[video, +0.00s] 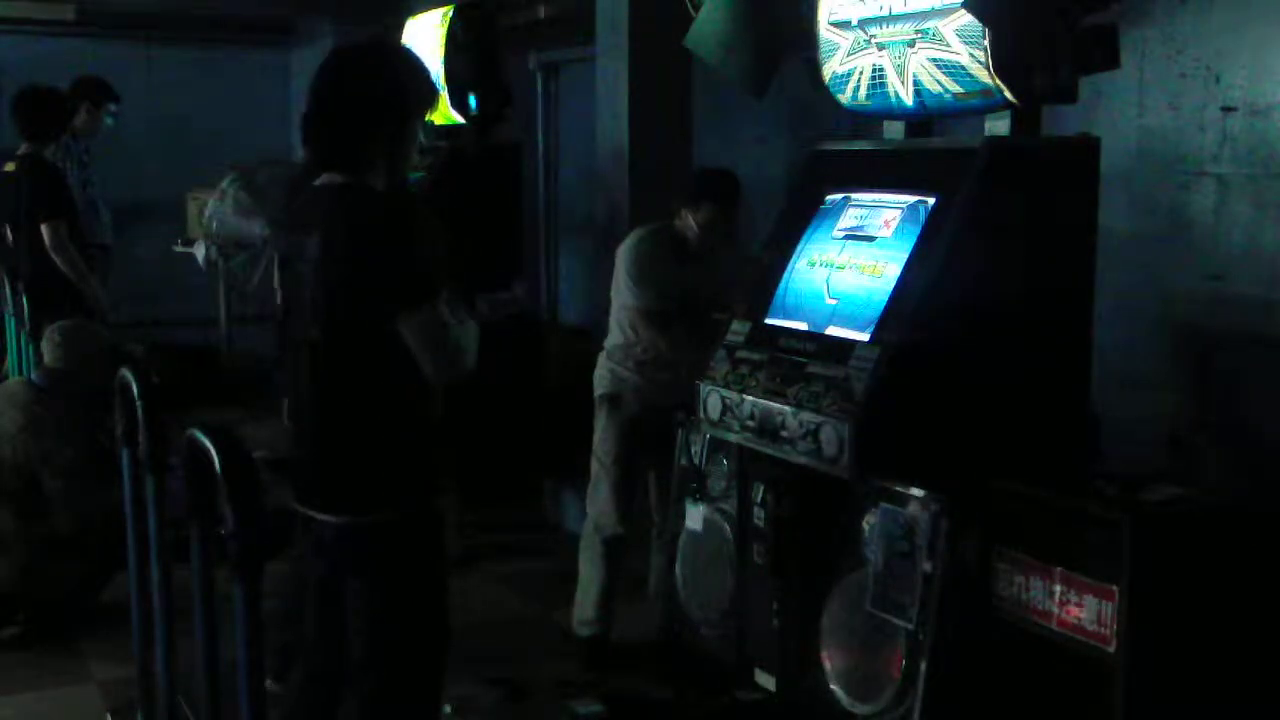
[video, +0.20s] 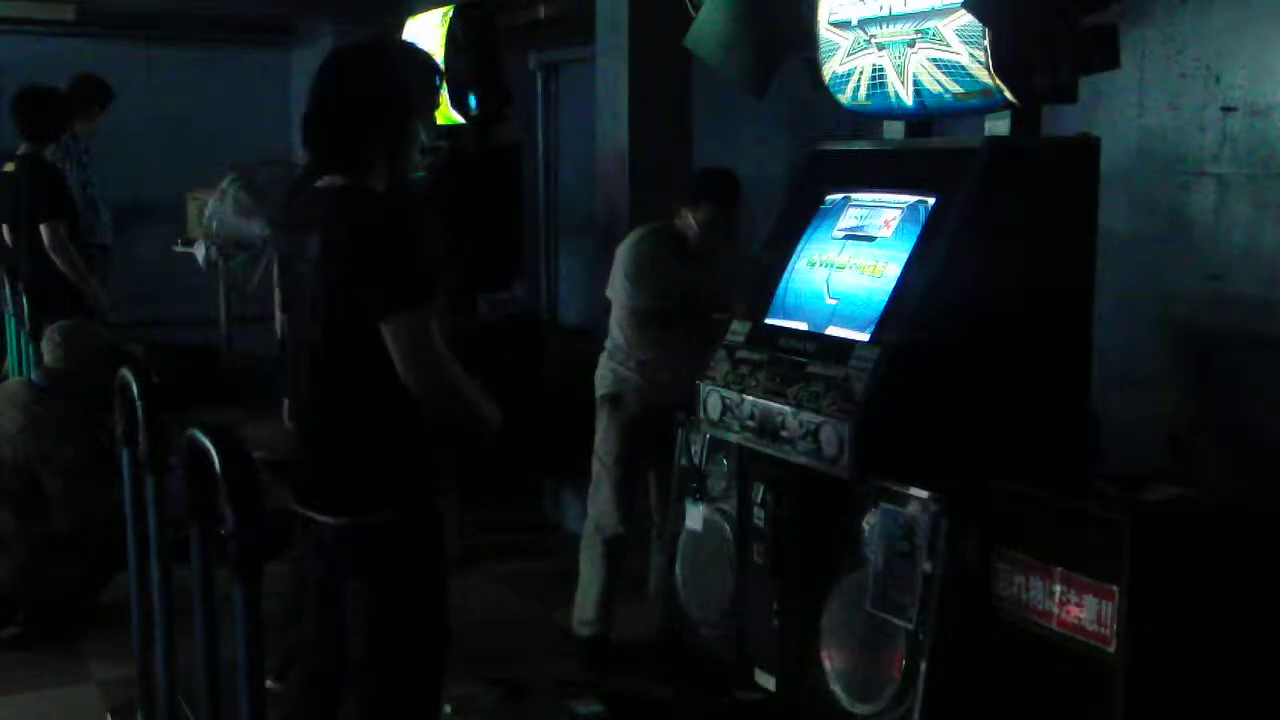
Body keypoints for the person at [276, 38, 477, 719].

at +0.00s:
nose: (419, 138)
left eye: (419, 120)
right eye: (414, 119)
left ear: (326, 114)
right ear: (388, 121)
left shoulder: (301, 208)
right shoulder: (387, 216)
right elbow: (443, 357)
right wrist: (465, 317)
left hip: (318, 467)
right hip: (387, 476)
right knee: (399, 662)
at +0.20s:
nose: (423, 136)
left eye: (423, 118)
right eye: (417, 118)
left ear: (332, 114)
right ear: (386, 120)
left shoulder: (302, 207)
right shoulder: (384, 215)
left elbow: (287, 328)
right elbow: (417, 358)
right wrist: (482, 414)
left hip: (320, 461)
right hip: (385, 472)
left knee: (329, 644)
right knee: (402, 659)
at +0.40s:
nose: (426, 138)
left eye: (427, 120)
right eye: (420, 119)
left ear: (333, 115)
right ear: (389, 122)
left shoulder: (303, 204)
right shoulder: (386, 220)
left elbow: (282, 340)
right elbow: (410, 367)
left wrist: (313, 417)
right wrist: (468, 468)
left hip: (320, 465)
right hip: (387, 477)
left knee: (328, 643)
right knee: (404, 662)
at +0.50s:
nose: (428, 138)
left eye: (429, 119)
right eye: (422, 118)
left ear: (334, 114)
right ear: (395, 122)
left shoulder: (303, 205)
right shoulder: (389, 221)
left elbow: (278, 344)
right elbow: (408, 372)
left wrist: (314, 424)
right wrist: (461, 481)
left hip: (319, 469)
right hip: (386, 479)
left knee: (328, 644)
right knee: (402, 662)